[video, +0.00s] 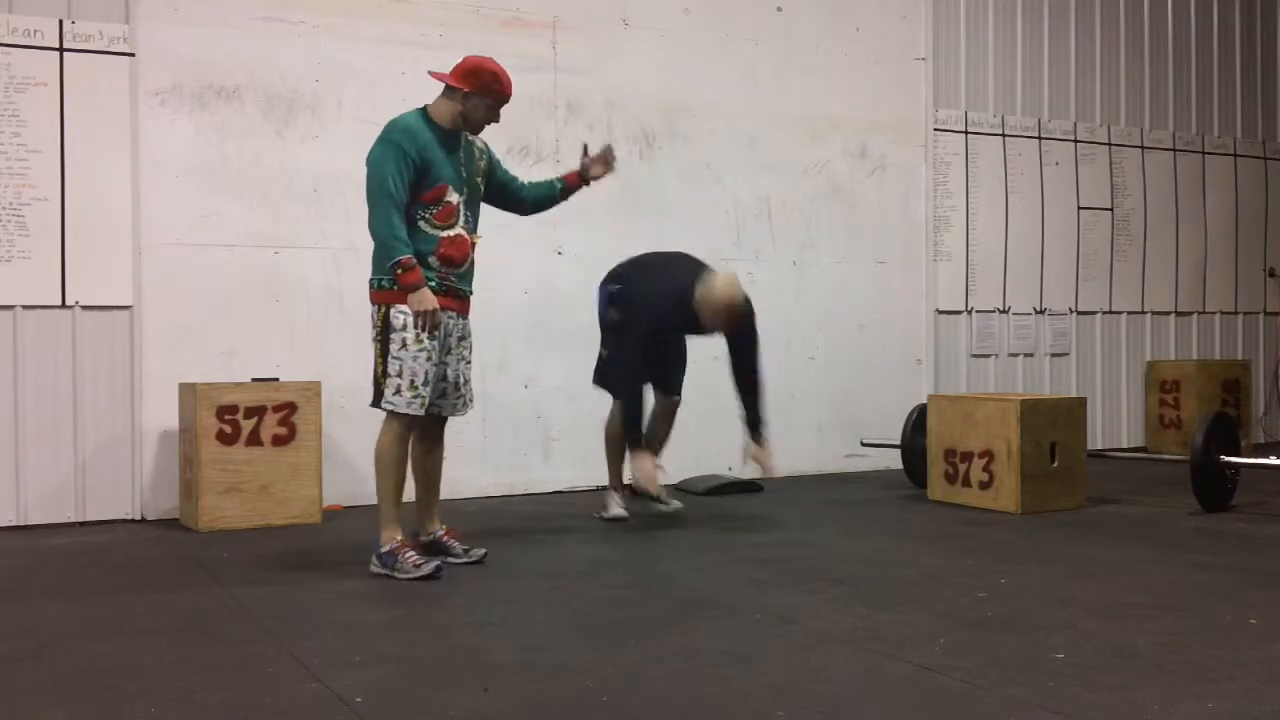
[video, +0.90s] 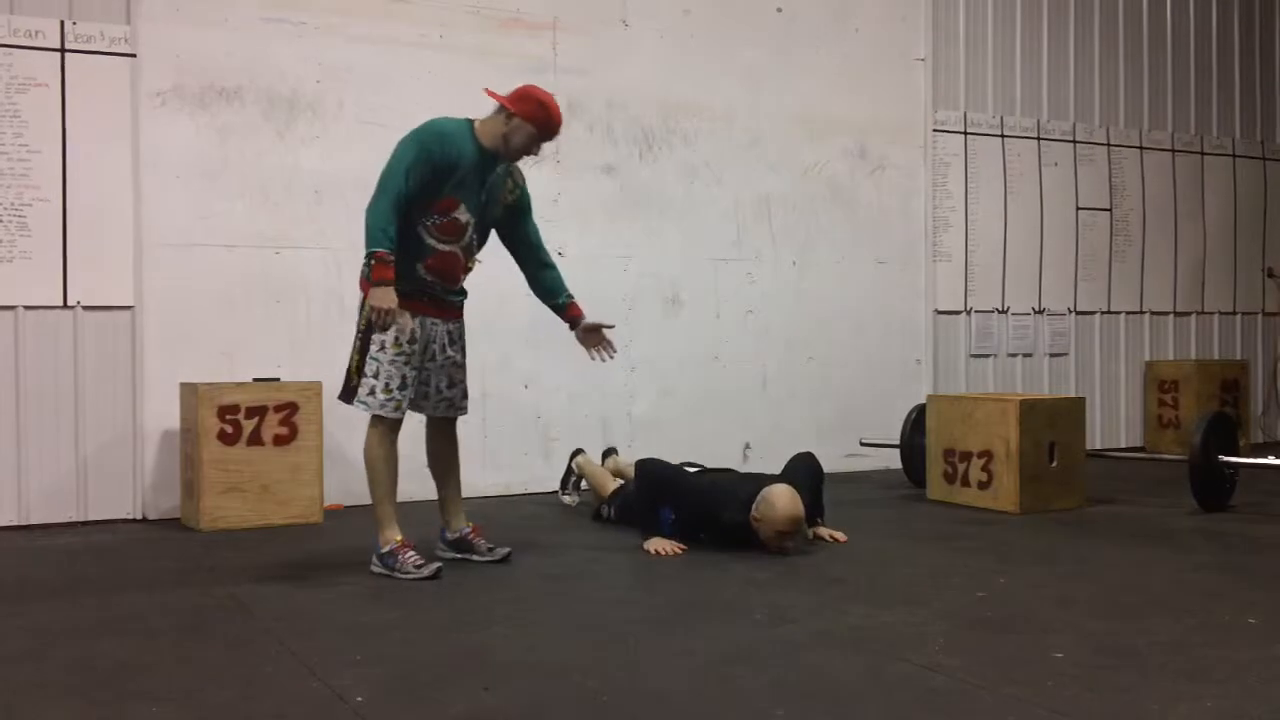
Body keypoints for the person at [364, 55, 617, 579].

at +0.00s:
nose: (495, 119)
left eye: (498, 110)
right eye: (492, 109)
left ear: (473, 100)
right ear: (465, 95)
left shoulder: (472, 151)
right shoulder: (402, 137)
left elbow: (521, 198)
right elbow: (384, 219)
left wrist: (581, 175)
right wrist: (414, 285)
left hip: (450, 302)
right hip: (406, 300)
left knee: (433, 420)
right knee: (401, 417)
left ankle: (427, 531)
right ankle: (389, 543)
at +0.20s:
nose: (487, 116)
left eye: (490, 107)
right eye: (484, 105)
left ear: (464, 97)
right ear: (455, 93)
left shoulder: (468, 145)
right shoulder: (393, 140)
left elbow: (502, 208)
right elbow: (380, 225)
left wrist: (564, 220)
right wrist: (405, 296)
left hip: (448, 304)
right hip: (402, 303)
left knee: (433, 420)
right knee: (395, 419)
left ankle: (428, 530)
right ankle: (389, 544)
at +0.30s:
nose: (484, 115)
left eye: (487, 107)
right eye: (481, 105)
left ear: (463, 99)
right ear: (452, 94)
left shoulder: (468, 144)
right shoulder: (391, 141)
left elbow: (484, 219)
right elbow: (376, 226)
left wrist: (533, 270)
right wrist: (398, 299)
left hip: (449, 305)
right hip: (401, 304)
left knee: (438, 417)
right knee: (394, 418)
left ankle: (428, 530)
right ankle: (389, 542)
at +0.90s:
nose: (536, 151)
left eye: (541, 144)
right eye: (537, 139)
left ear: (521, 129)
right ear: (513, 120)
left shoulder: (507, 183)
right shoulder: (438, 139)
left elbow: (534, 258)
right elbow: (384, 202)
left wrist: (577, 320)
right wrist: (381, 280)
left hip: (446, 312)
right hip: (398, 304)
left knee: (443, 417)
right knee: (387, 418)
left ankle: (455, 530)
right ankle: (389, 542)